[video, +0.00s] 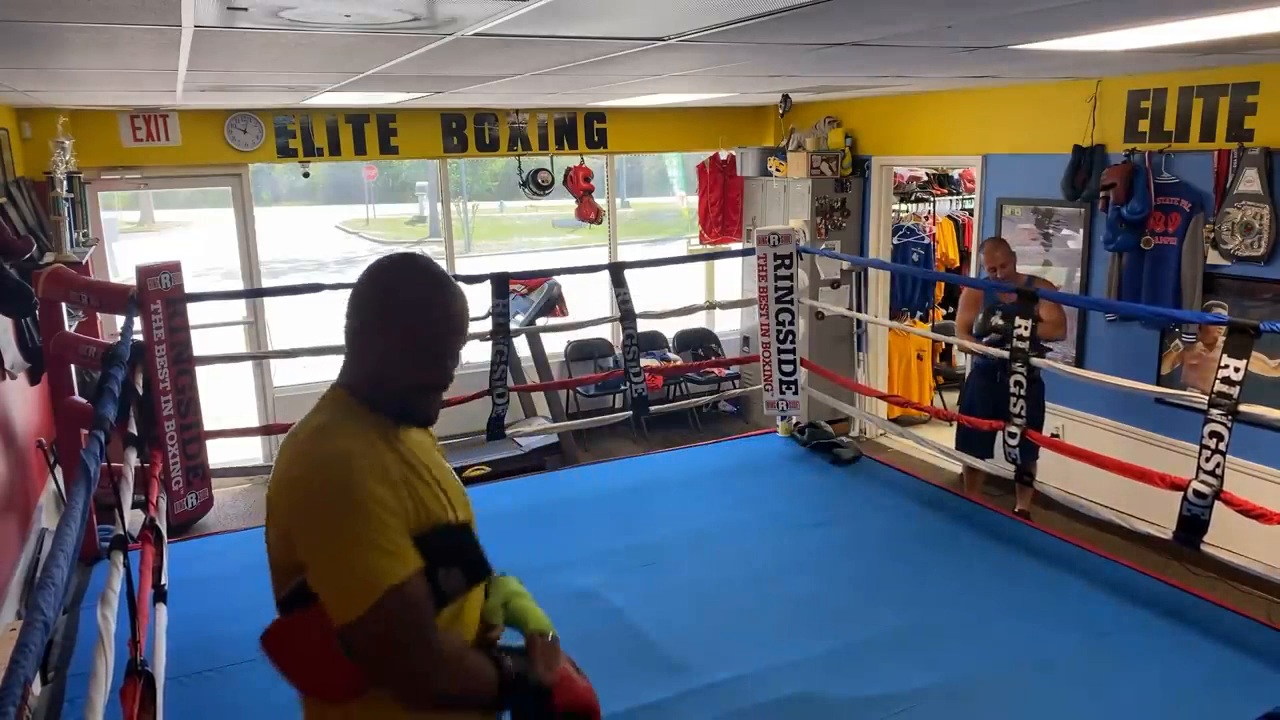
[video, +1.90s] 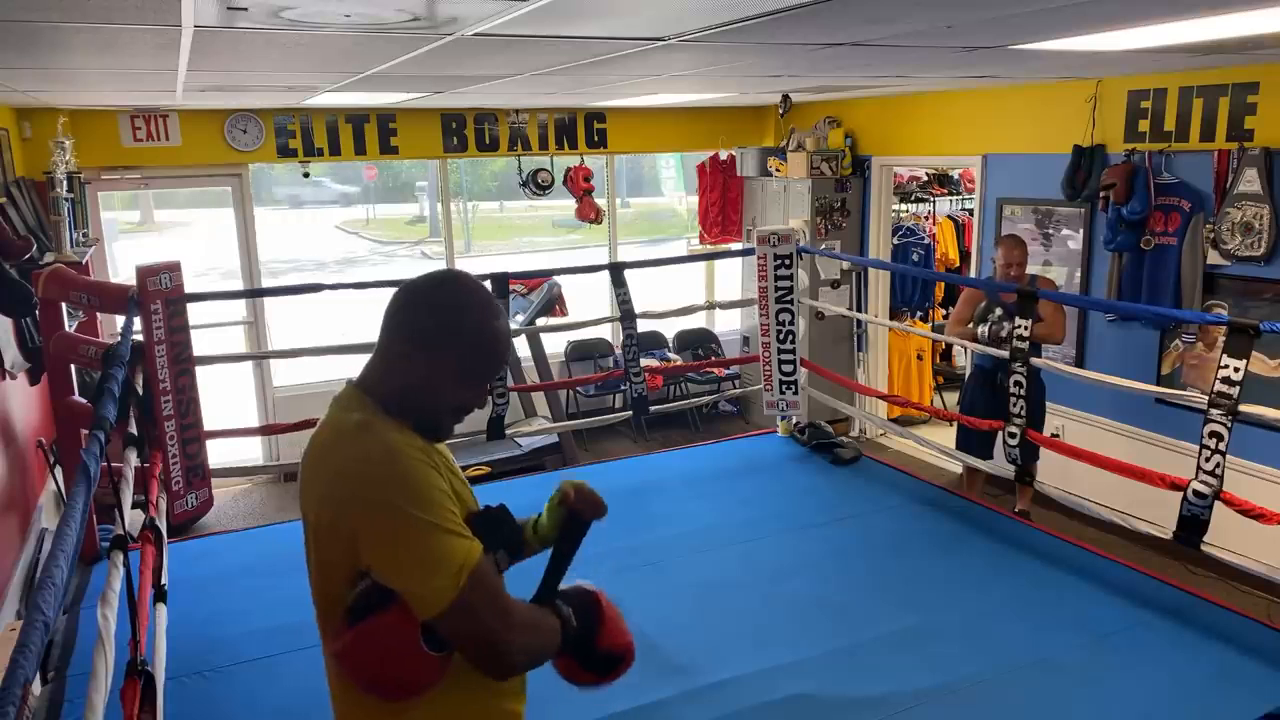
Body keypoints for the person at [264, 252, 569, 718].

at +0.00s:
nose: (450, 377)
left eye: (455, 357)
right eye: (437, 357)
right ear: (381, 345)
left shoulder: (393, 429)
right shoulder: (335, 462)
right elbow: (414, 667)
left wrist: (481, 601)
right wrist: (523, 674)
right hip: (388, 706)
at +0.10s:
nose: (448, 366)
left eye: (451, 346)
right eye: (433, 346)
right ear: (382, 334)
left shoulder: (373, 428)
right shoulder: (350, 448)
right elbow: (446, 640)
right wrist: (534, 649)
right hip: (408, 706)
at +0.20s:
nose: (446, 360)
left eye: (448, 341)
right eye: (436, 340)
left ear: (371, 331)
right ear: (382, 331)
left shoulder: (325, 420)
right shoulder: (373, 438)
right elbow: (489, 619)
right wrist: (548, 625)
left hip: (377, 700)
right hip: (441, 704)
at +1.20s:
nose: (444, 385)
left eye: (450, 369)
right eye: (439, 367)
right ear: (386, 346)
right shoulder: (353, 446)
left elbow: (459, 489)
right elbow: (492, 608)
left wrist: (535, 535)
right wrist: (518, 583)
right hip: (426, 708)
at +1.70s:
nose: (465, 398)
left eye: (471, 380)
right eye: (461, 379)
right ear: (407, 354)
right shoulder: (363, 459)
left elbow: (448, 539)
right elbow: (485, 636)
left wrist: (530, 549)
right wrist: (558, 634)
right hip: (407, 708)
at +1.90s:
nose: (481, 402)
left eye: (489, 386)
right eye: (480, 382)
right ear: (429, 358)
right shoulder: (385, 465)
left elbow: (440, 559)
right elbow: (502, 643)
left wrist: (542, 529)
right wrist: (566, 617)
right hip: (439, 708)